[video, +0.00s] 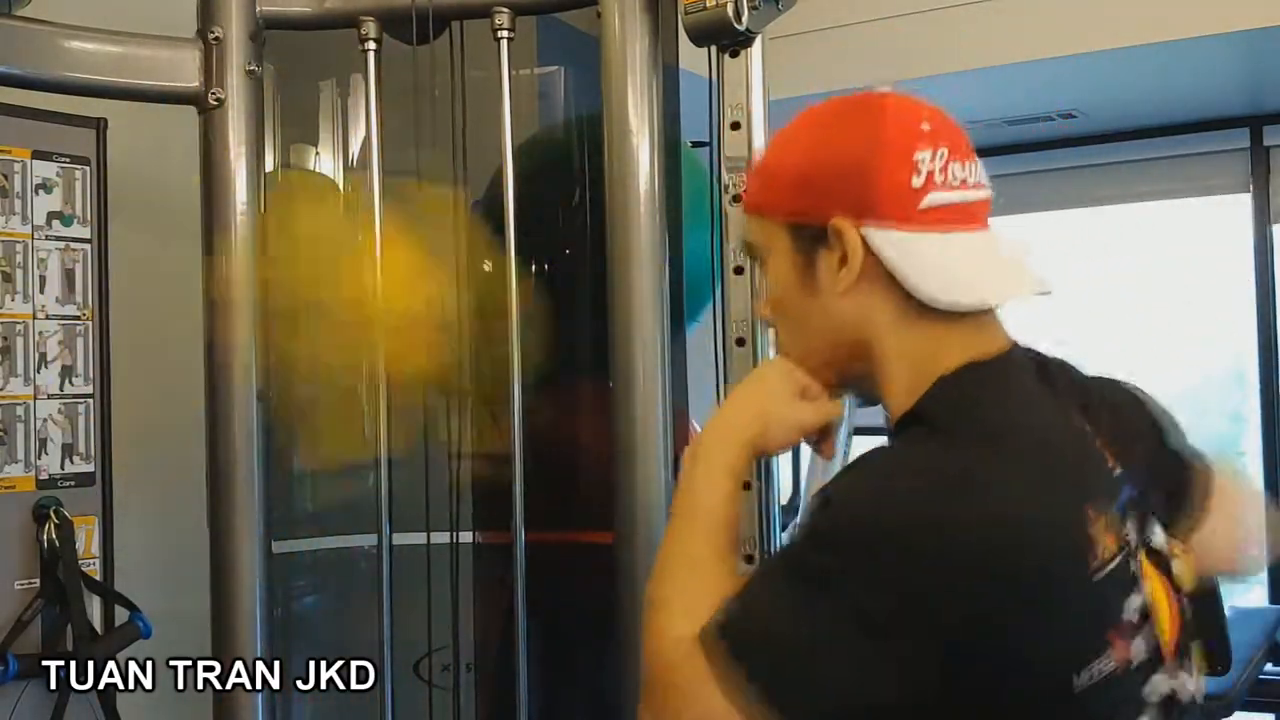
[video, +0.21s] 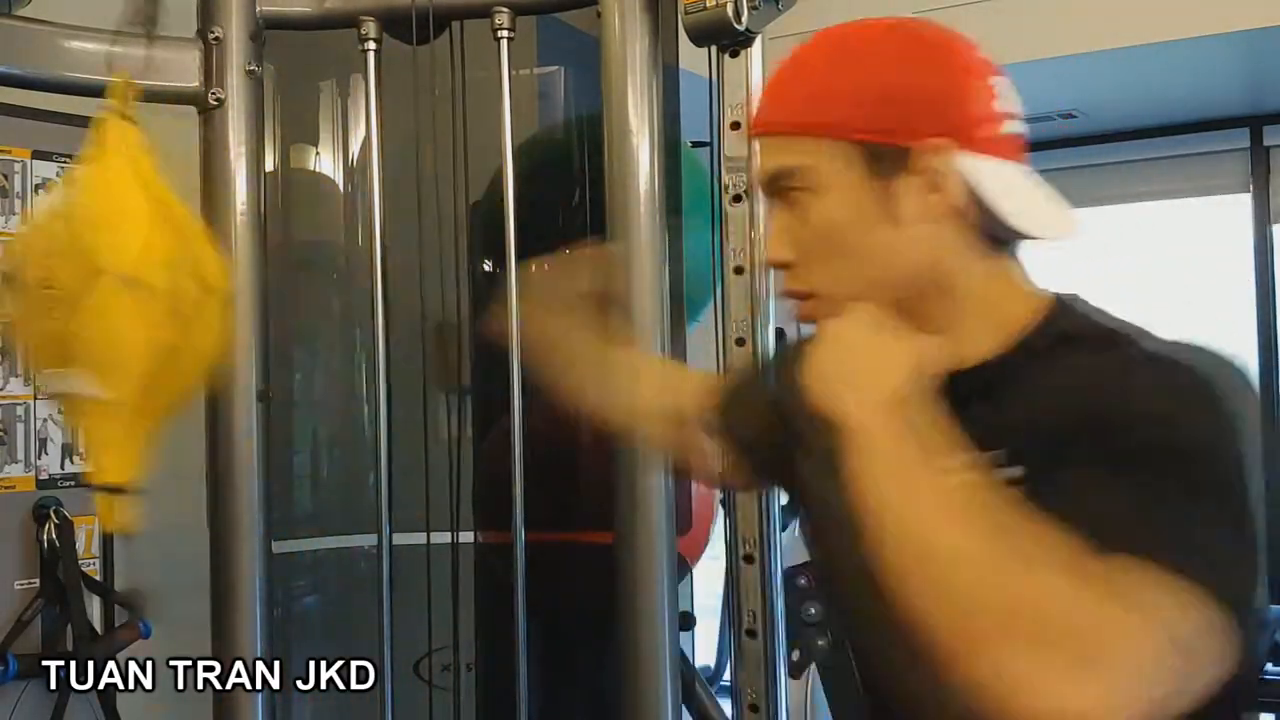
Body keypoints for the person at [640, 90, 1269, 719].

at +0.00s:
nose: (761, 306)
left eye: (763, 264)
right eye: (753, 268)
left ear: (844, 255)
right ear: (950, 241)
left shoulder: (902, 506)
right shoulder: (1113, 413)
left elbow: (679, 701)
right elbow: (1244, 536)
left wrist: (721, 445)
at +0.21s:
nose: (769, 251)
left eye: (793, 194)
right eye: (767, 204)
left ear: (928, 186)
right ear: (921, 190)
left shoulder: (1168, 403)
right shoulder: (831, 384)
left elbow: (1100, 678)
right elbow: (699, 420)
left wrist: (886, 421)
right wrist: (560, 334)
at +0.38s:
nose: (834, 251)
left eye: (865, 201)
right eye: (829, 210)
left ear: (1010, 184)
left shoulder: (1235, 391)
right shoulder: (847, 405)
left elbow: (1223, 680)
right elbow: (635, 513)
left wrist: (1007, 395)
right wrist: (414, 358)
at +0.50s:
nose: (890, 270)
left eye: (915, 210)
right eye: (884, 224)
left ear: (1068, 191)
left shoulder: (1256, 399)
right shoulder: (924, 437)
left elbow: (1229, 693)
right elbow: (747, 610)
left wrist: (1043, 413)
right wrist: (633, 488)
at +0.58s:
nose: (913, 277)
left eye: (936, 216)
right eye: (906, 230)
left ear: (1086, 193)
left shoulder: (1263, 396)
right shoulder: (973, 427)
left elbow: (1214, 702)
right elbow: (806, 622)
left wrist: (1037, 436)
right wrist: (695, 523)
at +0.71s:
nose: (919, 277)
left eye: (932, 216)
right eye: (912, 230)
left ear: (1073, 188)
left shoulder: (1262, 392)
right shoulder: (1029, 423)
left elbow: (1166, 698)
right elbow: (875, 590)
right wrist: (770, 470)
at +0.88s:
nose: (880, 268)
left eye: (884, 218)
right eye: (875, 225)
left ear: (1000, 193)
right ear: (1003, 195)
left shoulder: (1197, 424)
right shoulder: (1030, 426)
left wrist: (837, 359)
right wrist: (840, 366)